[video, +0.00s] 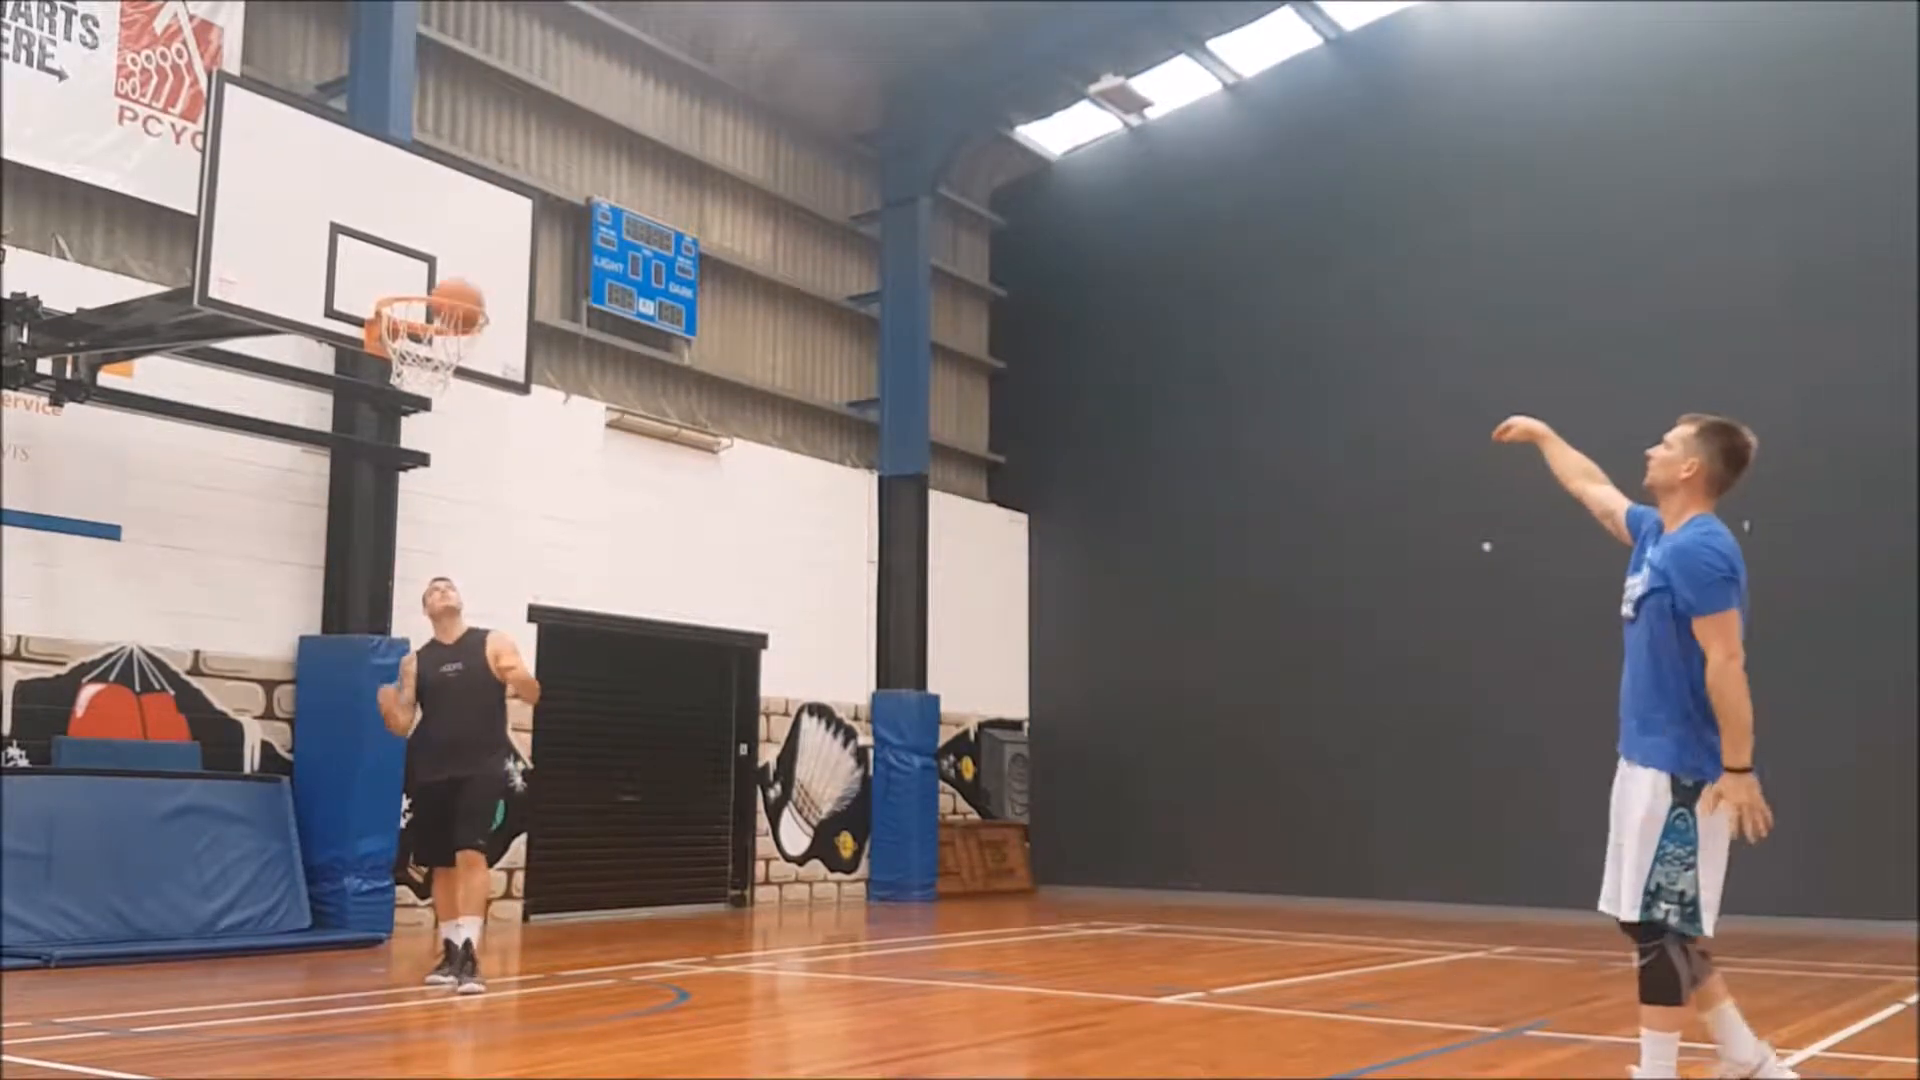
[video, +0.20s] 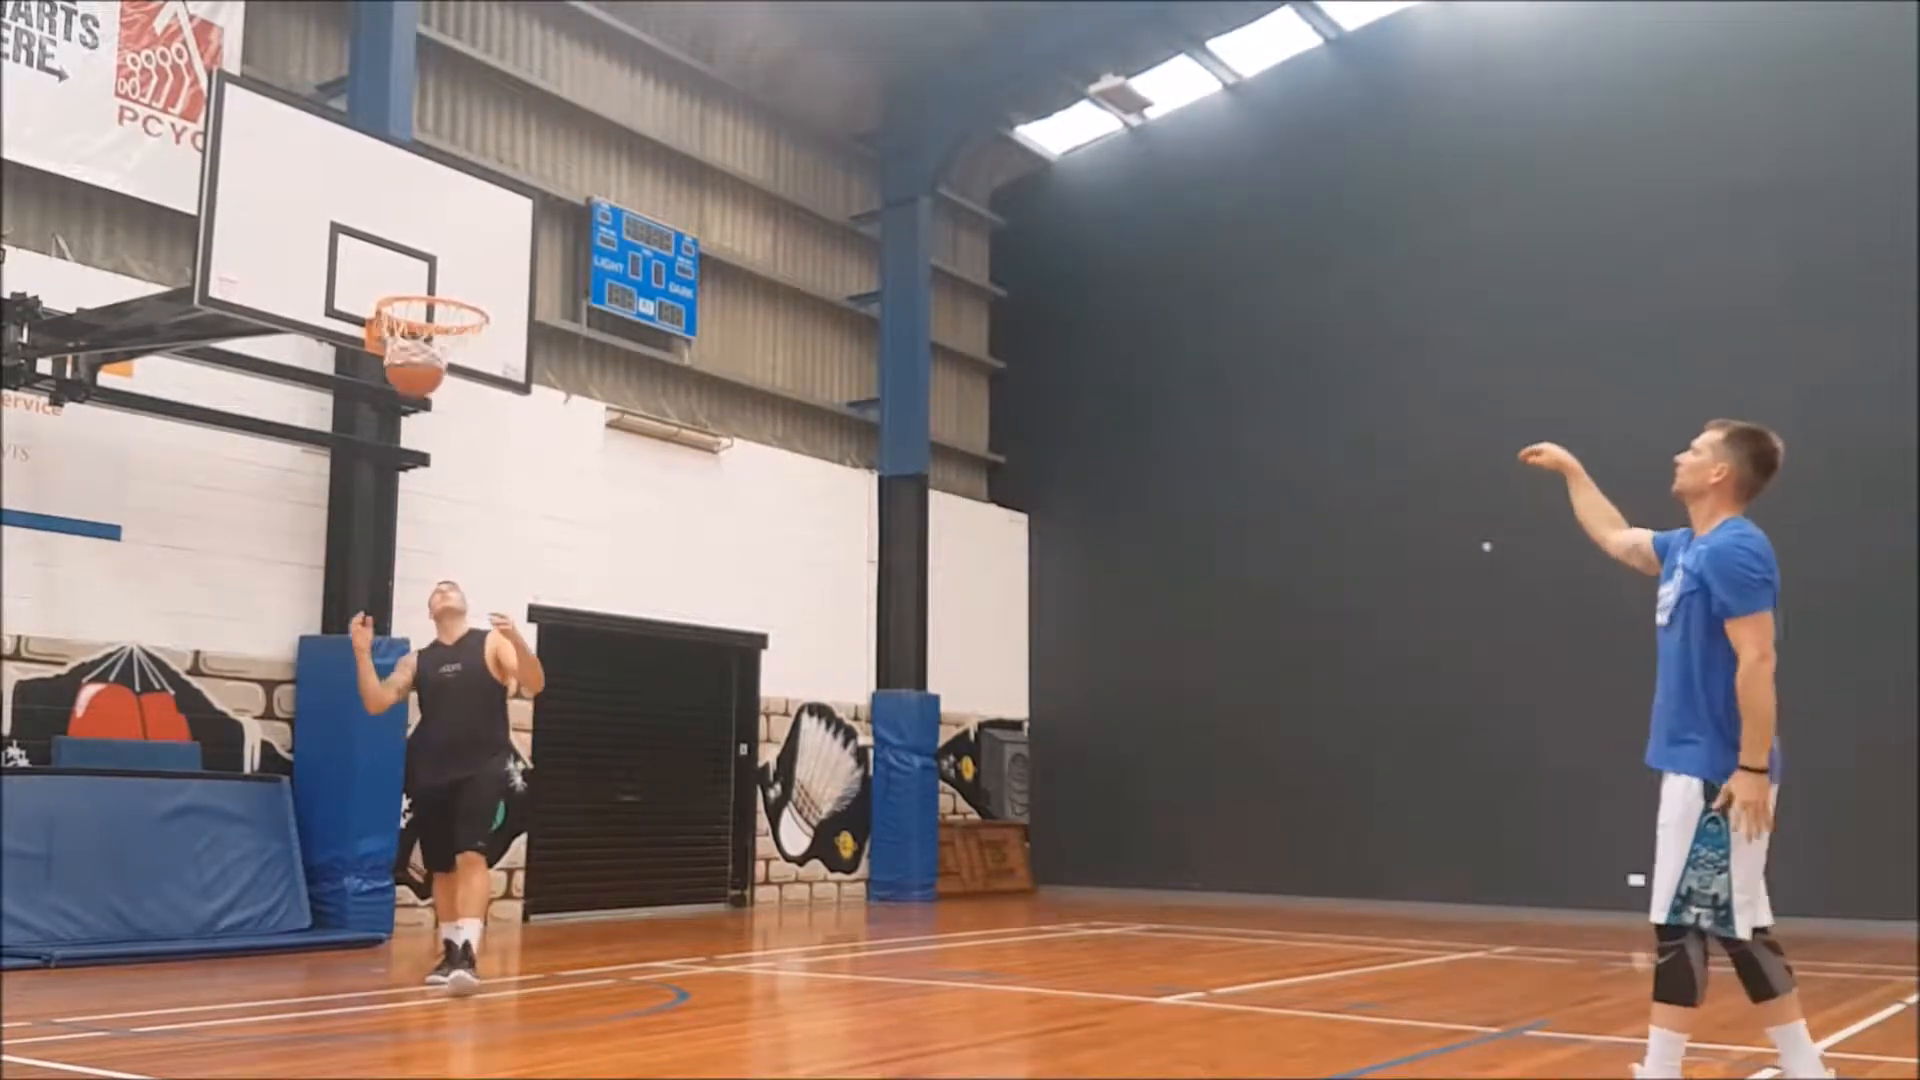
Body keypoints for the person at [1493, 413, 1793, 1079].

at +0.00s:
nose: (1650, 450)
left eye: (1664, 444)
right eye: (1659, 442)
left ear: (1692, 469)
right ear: (1689, 472)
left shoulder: (1698, 546)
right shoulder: (1657, 531)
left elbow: (1727, 660)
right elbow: (1591, 487)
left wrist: (1738, 767)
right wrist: (1540, 432)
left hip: (1682, 771)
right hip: (1647, 763)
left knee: (1657, 924)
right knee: (1644, 918)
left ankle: (1654, 1071)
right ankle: (1748, 1055)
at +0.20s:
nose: (1678, 457)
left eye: (1692, 450)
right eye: (1686, 448)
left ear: (1721, 473)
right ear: (1718, 477)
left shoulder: (1731, 547)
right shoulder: (1689, 545)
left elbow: (1758, 660)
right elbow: (1615, 535)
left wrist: (1753, 767)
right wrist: (1571, 469)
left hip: (1707, 770)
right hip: (1704, 765)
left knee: (1677, 924)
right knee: (1743, 924)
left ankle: (1657, 1069)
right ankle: (1804, 1065)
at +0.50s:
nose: (1717, 472)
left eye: (1728, 461)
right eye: (1722, 461)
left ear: (1762, 474)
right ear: (1767, 478)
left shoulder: (1771, 544)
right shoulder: (1792, 543)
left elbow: (1773, 654)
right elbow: (1744, 670)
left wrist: (1710, 741)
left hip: (1792, 759)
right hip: (1818, 759)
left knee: (1725, 904)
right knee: (1788, 918)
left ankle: (1772, 1066)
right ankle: (1810, 1065)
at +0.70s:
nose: (1759, 473)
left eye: (1770, 462)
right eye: (1764, 462)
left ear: (1804, 471)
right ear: (1815, 475)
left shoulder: (1807, 539)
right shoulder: (1844, 542)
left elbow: (1808, 648)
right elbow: (1858, 670)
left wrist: (1735, 726)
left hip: (1829, 766)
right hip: (1851, 763)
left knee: (1812, 920)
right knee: (1817, 918)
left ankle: (1813, 1067)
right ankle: (1809, 1062)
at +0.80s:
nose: (1784, 476)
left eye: (1794, 464)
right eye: (1788, 464)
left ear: (1829, 473)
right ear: (1840, 476)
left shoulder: (1827, 543)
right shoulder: (1882, 551)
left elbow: (1832, 651)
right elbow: (1899, 660)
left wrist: (1757, 728)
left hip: (1848, 773)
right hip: (1889, 768)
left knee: (1818, 919)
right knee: (1815, 916)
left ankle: (1813, 1064)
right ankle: (1813, 1061)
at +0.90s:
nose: (1806, 480)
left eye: (1816, 467)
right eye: (1811, 467)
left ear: (1852, 476)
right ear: (1861, 479)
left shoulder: (1849, 548)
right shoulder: (1897, 546)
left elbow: (1855, 659)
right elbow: (1871, 663)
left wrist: (1776, 734)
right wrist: (1782, 733)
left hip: (1890, 781)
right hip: (1870, 781)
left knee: (1907, 929)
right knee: (1840, 920)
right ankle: (1818, 1065)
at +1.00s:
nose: (1825, 483)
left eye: (1836, 469)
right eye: (1829, 469)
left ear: (1874, 478)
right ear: (1882, 480)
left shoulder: (1872, 553)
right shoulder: (1905, 546)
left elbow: (1870, 668)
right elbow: (1872, 668)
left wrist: (1789, 733)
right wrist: (1794, 733)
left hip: (1906, 785)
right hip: (1903, 784)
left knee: (1870, 916)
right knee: (1863, 914)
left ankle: (1841, 1066)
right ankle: (1840, 1065)